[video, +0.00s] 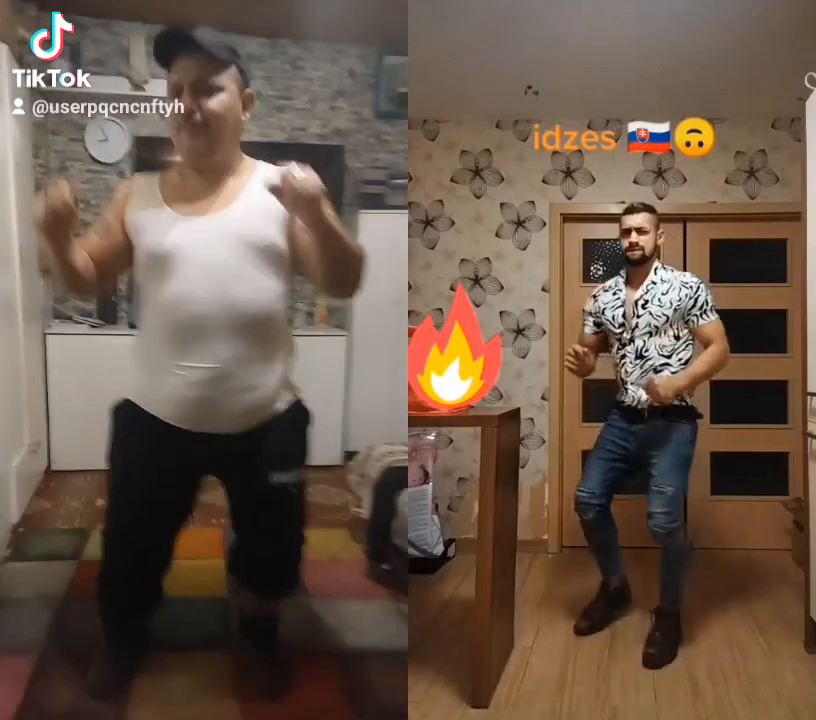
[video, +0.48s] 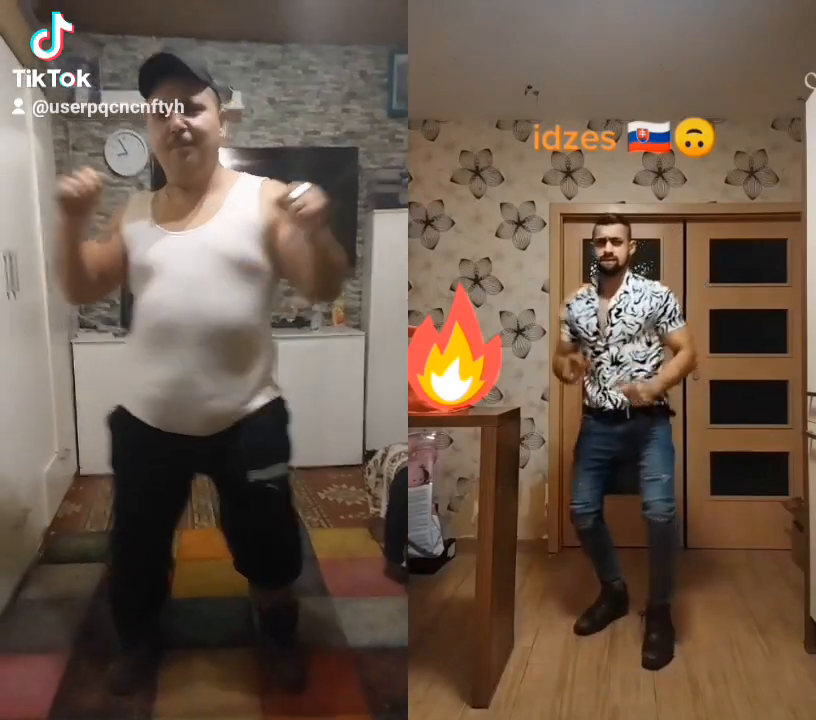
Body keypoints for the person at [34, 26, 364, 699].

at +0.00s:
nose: (190, 105)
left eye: (208, 90)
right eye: (178, 92)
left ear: (245, 104)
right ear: (166, 104)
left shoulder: (280, 188)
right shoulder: (139, 194)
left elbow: (343, 281)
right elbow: (83, 280)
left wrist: (317, 211)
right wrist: (58, 239)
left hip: (263, 420)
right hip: (156, 418)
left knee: (271, 556)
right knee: (130, 559)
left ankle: (260, 643)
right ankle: (120, 656)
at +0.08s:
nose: (195, 89)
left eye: (214, 75)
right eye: (183, 76)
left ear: (249, 90)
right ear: (170, 90)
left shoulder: (276, 184)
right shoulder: (137, 181)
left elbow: (335, 274)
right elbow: (77, 264)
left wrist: (304, 190)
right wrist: (54, 219)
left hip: (254, 413)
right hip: (150, 412)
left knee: (265, 550)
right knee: (127, 558)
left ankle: (261, 643)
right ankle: (119, 651)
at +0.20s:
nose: (193, 97)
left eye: (210, 82)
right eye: (179, 84)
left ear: (240, 96)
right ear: (162, 97)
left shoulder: (269, 187)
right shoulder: (128, 183)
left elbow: (308, 283)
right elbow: (72, 263)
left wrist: (274, 204)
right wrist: (35, 228)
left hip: (234, 410)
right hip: (131, 410)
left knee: (258, 551)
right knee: (114, 563)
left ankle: (265, 638)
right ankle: (116, 654)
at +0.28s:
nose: (184, 110)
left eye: (199, 95)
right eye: (169, 97)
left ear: (227, 107)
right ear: (151, 111)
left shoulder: (260, 198)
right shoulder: (122, 195)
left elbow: (292, 300)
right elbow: (65, 269)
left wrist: (264, 244)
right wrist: (29, 231)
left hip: (223, 414)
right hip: (120, 414)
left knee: (253, 549)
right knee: (109, 554)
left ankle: (263, 627)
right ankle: (120, 643)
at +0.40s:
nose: (173, 120)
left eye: (189, 106)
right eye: (158, 109)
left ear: (219, 119)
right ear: (142, 127)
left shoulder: (259, 202)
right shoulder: (126, 209)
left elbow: (307, 298)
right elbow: (66, 282)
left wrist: (284, 248)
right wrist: (48, 222)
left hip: (232, 414)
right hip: (133, 417)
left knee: (259, 547)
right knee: (119, 553)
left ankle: (271, 626)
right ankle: (129, 647)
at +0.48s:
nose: (177, 122)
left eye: (192, 106)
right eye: (162, 111)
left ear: (223, 121)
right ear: (147, 133)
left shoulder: (265, 200)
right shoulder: (137, 216)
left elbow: (324, 287)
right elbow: (78, 288)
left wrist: (316, 233)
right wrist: (71, 222)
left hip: (246, 416)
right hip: (149, 420)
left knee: (267, 546)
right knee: (137, 550)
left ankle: (280, 637)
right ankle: (136, 648)